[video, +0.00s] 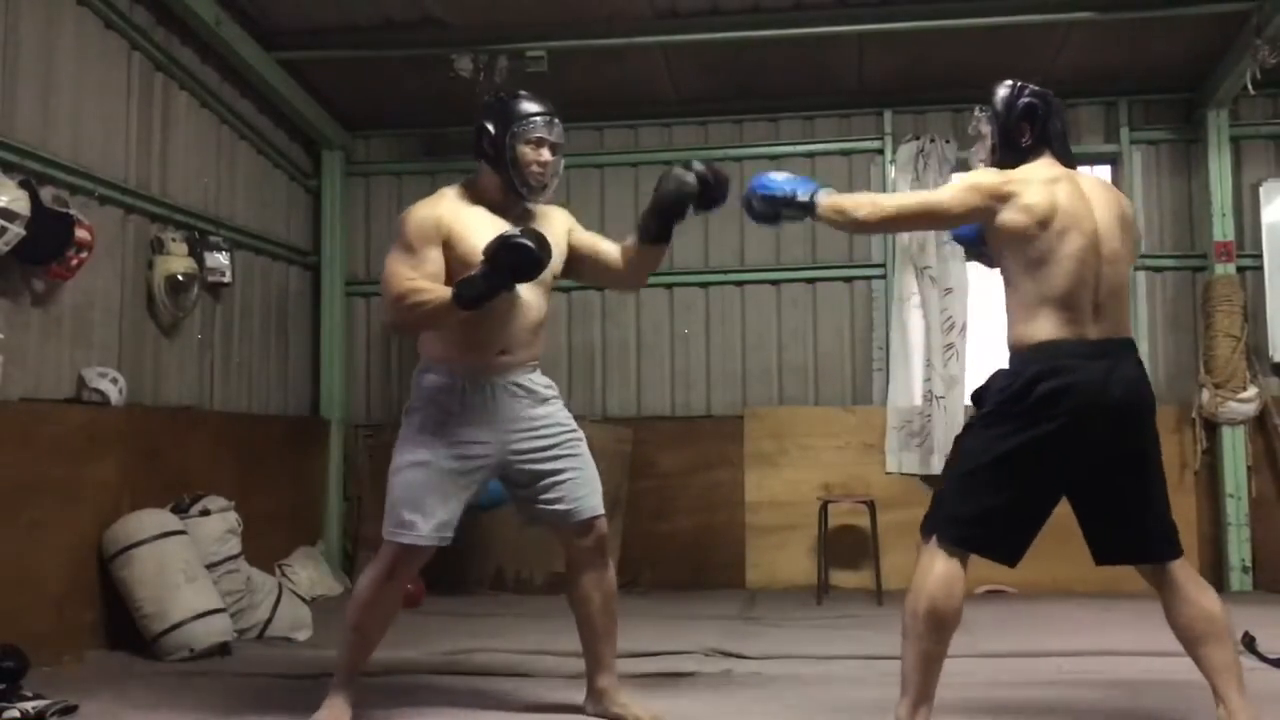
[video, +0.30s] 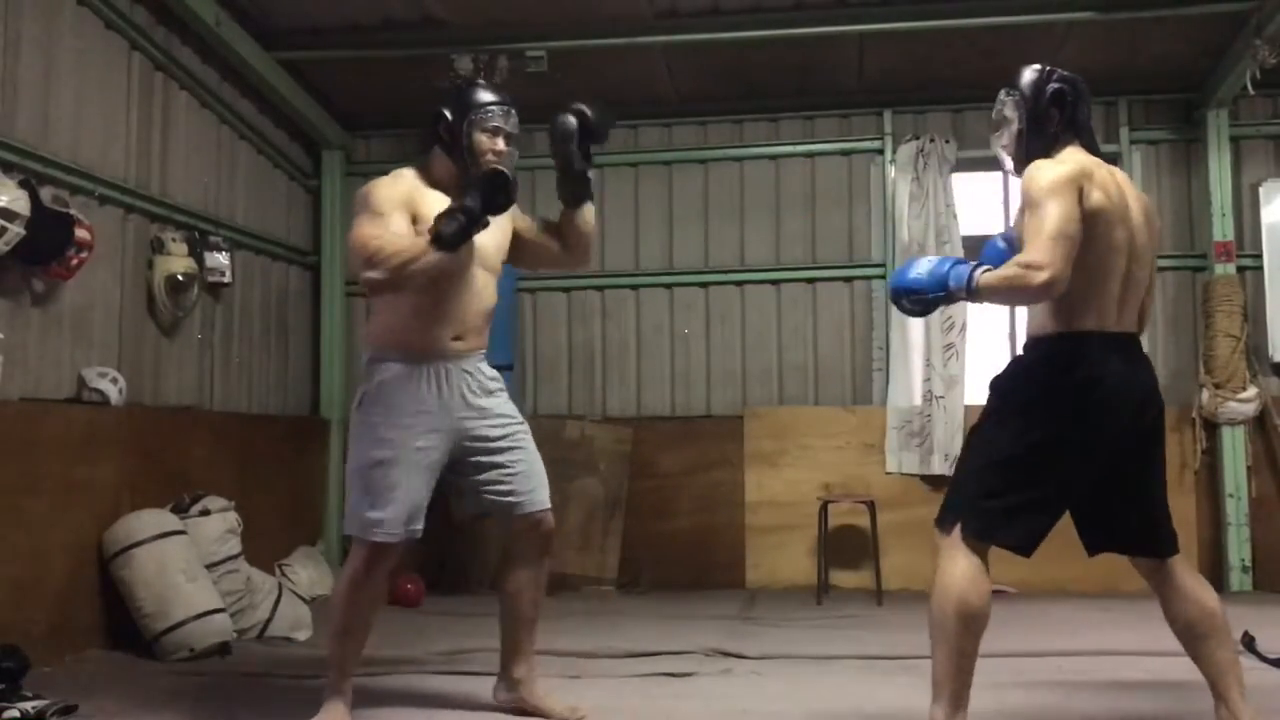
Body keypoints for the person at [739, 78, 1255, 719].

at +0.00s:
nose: (979, 143)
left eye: (983, 131)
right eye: (981, 131)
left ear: (1010, 134)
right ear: (1051, 134)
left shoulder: (1000, 185)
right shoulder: (1114, 198)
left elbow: (871, 212)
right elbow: (1071, 262)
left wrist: (803, 196)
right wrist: (988, 249)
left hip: (1039, 387)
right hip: (1123, 387)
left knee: (947, 544)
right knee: (1168, 562)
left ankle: (914, 707)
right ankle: (1237, 706)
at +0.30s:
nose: (998, 140)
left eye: (1004, 122)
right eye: (998, 123)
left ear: (1034, 122)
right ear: (1075, 122)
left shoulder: (1050, 173)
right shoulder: (1132, 194)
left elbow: (1040, 274)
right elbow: (1127, 308)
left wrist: (956, 280)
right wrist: (1015, 256)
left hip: (1053, 383)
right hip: (1130, 384)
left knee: (964, 538)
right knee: (1163, 560)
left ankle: (946, 710)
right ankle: (1235, 708)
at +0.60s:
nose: (963, 135)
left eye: (967, 123)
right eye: (963, 122)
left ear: (997, 122)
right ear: (1034, 119)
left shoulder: (1010, 170)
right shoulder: (1096, 175)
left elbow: (947, 256)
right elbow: (1043, 243)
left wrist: (888, 224)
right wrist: (978, 198)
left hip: (1040, 371)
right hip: (1119, 368)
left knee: (971, 552)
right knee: (1167, 555)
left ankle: (949, 713)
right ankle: (1238, 709)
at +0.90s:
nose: (988, 142)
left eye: (993, 127)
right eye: (987, 127)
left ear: (1023, 124)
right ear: (1058, 121)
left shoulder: (1034, 173)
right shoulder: (1121, 184)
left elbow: (990, 279)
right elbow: (1095, 267)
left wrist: (930, 249)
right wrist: (1011, 230)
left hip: (1046, 382)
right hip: (1128, 381)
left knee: (956, 542)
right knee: (1171, 560)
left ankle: (945, 713)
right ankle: (1245, 711)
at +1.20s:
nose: (978, 135)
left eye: (981, 120)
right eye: (976, 122)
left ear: (1015, 115)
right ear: (1052, 114)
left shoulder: (1012, 169)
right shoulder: (1117, 178)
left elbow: (913, 228)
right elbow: (1094, 259)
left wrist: (870, 181)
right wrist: (1002, 249)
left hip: (1047, 375)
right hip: (1133, 372)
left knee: (965, 551)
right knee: (1186, 554)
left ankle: (947, 714)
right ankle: (1255, 709)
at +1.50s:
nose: (1019, 143)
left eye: (1023, 128)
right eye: (1019, 128)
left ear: (1051, 127)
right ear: (1097, 125)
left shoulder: (1046, 188)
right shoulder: (1172, 197)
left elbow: (927, 253)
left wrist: (873, 232)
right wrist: (1038, 187)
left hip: (1081, 391)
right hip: (1173, 391)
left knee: (987, 556)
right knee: (1226, 569)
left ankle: (949, 712)